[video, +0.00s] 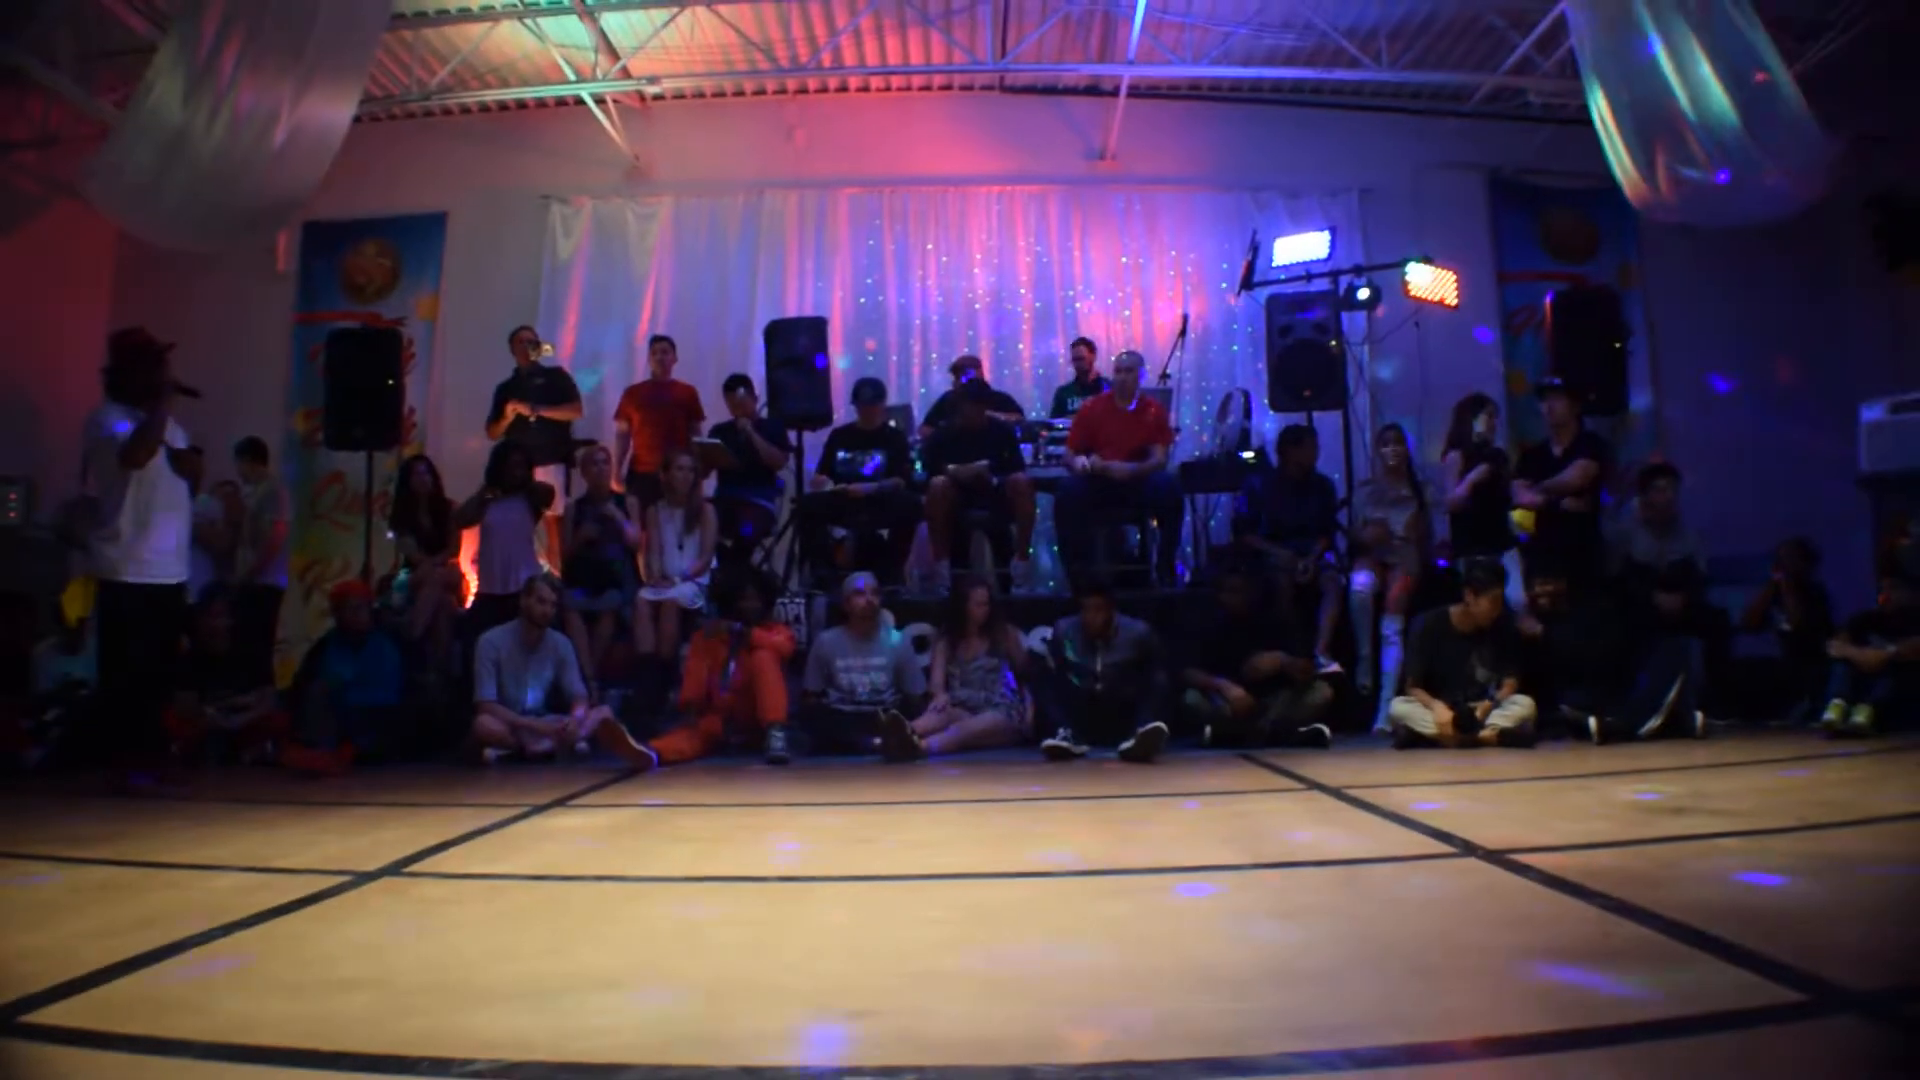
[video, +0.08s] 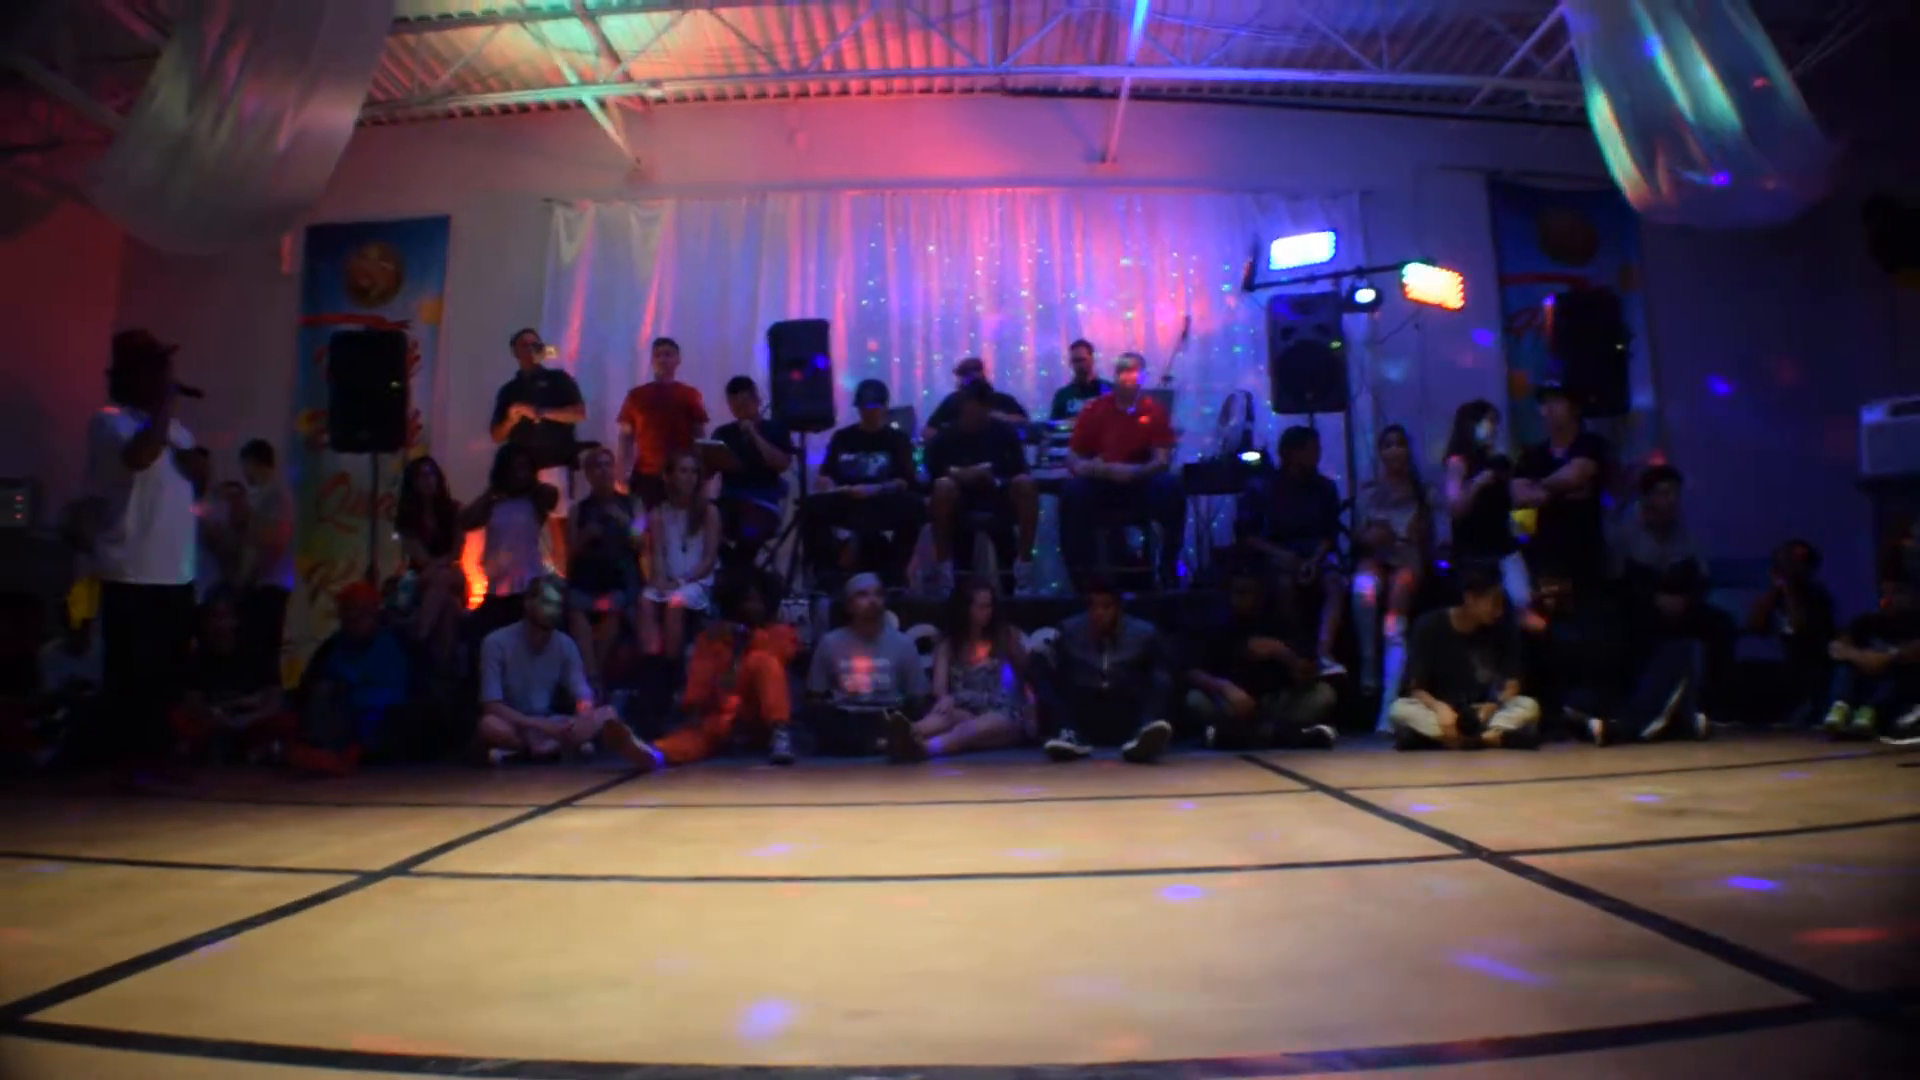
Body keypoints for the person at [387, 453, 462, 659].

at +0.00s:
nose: (423, 479)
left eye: (427, 474)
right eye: (417, 475)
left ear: (434, 478)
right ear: (407, 480)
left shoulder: (447, 508)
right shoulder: (402, 511)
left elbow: (453, 549)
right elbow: (408, 552)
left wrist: (428, 564)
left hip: (448, 570)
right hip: (415, 574)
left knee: (433, 579)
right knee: (445, 601)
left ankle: (412, 637)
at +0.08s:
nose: (428, 481)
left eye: (432, 475)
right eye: (422, 476)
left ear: (439, 478)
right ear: (412, 482)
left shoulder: (452, 509)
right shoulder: (407, 513)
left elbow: (457, 550)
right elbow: (415, 553)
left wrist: (432, 566)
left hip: (451, 572)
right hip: (421, 575)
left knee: (439, 579)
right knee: (450, 603)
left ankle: (419, 636)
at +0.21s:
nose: (451, 481)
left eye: (455, 475)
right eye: (445, 477)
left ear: (462, 479)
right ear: (436, 482)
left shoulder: (474, 508)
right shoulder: (431, 512)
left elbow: (481, 549)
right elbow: (438, 553)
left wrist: (457, 564)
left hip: (474, 574)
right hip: (444, 576)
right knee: (473, 602)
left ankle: (444, 637)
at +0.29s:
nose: (450, 481)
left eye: (454, 475)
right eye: (444, 476)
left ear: (461, 479)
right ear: (434, 482)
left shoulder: (474, 509)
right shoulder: (429, 512)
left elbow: (480, 548)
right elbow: (435, 550)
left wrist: (457, 563)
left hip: (473, 569)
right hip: (443, 572)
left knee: (462, 578)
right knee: (471, 600)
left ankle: (443, 635)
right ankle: (467, 654)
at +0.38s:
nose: (445, 480)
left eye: (449, 474)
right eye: (439, 475)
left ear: (457, 478)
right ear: (430, 481)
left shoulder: (469, 507)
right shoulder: (425, 510)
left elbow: (476, 547)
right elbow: (430, 550)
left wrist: (453, 562)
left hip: (469, 569)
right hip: (439, 571)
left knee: (457, 575)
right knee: (467, 600)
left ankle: (439, 633)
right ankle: (462, 661)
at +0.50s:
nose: (450, 480)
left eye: (454, 474)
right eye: (444, 475)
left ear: (461, 477)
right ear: (435, 480)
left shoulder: (474, 507)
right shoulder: (430, 510)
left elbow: (481, 547)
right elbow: (435, 548)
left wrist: (457, 563)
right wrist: (460, 566)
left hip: (474, 569)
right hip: (444, 571)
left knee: (461, 575)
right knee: (472, 600)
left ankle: (444, 633)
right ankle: (466, 663)